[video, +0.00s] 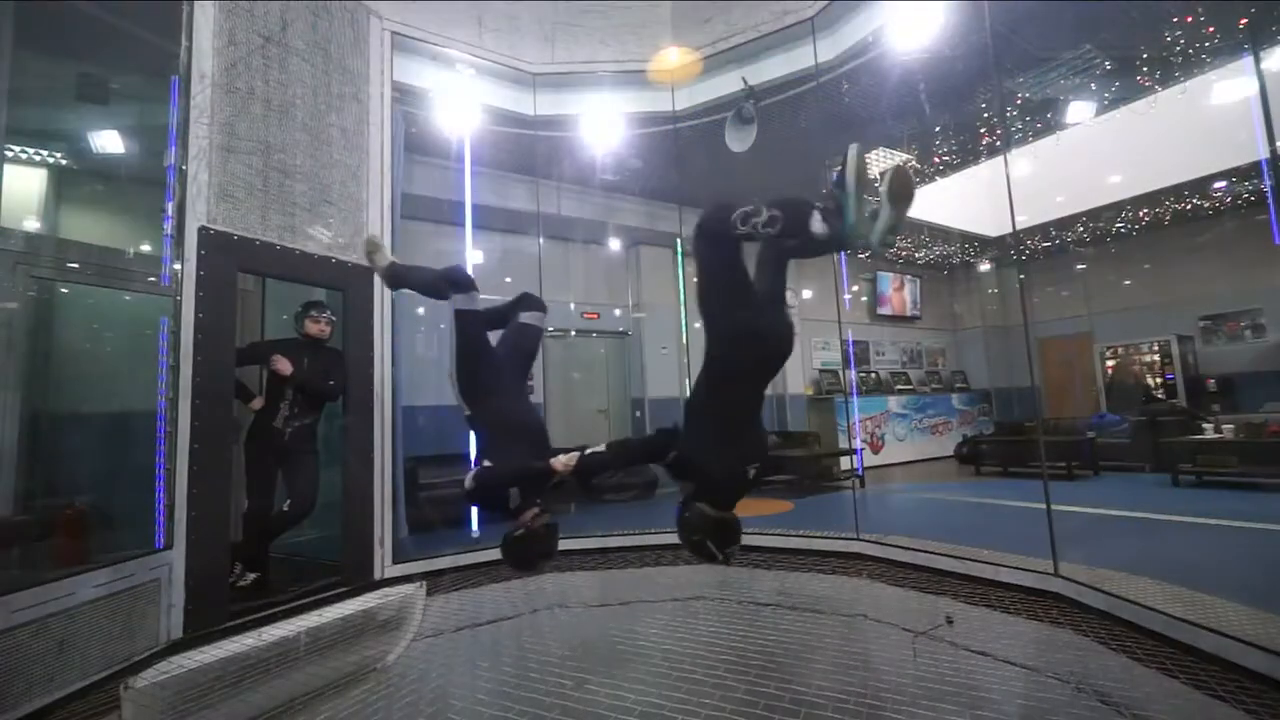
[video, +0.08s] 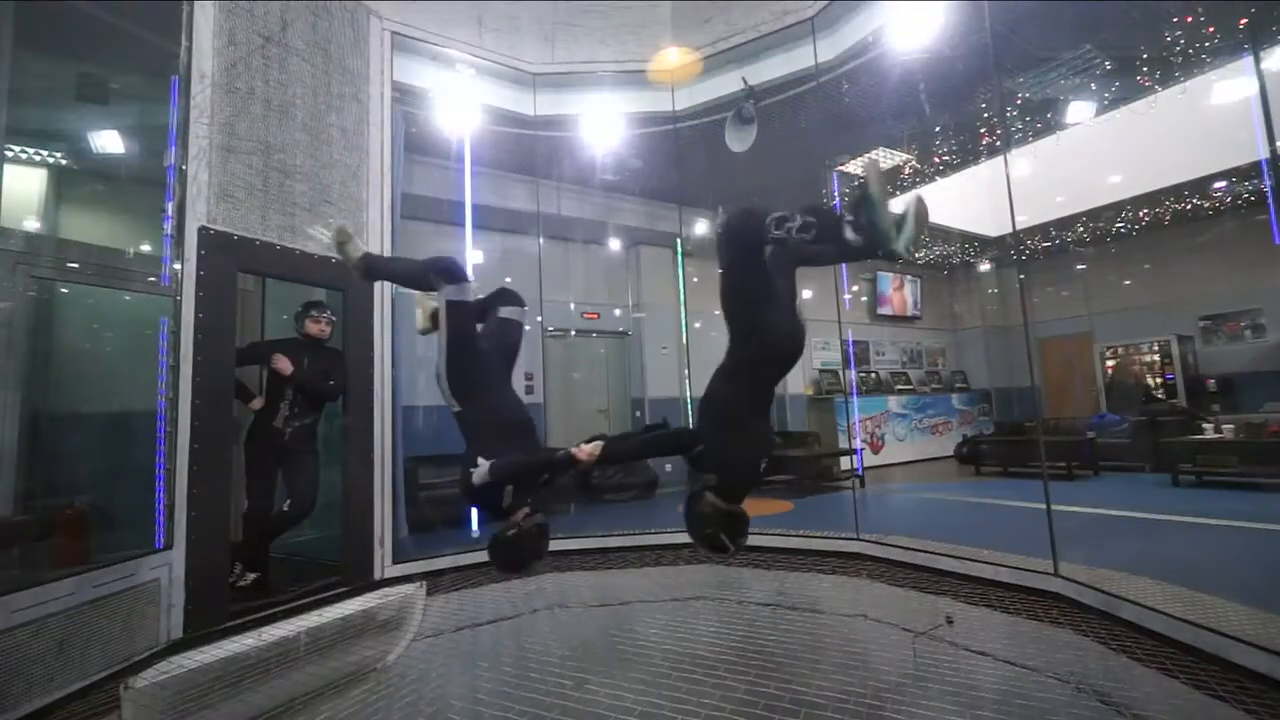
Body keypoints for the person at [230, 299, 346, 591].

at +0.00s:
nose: (322, 325)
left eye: (327, 321)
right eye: (316, 319)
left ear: (332, 326)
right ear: (301, 323)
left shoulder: (334, 357)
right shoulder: (279, 348)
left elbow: (332, 392)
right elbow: (224, 360)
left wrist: (294, 373)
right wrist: (249, 397)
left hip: (301, 441)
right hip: (264, 436)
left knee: (303, 504)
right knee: (260, 504)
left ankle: (243, 553)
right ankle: (254, 570)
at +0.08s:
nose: (323, 325)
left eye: (328, 321)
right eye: (316, 319)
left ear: (332, 326)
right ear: (302, 323)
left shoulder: (334, 357)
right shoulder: (279, 348)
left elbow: (332, 392)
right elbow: (223, 360)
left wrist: (293, 373)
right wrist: (249, 397)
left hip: (301, 441)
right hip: (264, 436)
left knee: (303, 504)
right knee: (259, 504)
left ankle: (243, 553)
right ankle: (253, 570)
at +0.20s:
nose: (323, 325)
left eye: (327, 321)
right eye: (316, 319)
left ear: (332, 326)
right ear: (301, 322)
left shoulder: (334, 357)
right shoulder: (280, 348)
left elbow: (333, 392)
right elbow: (224, 360)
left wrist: (294, 373)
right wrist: (249, 397)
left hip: (302, 441)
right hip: (264, 436)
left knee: (303, 504)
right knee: (260, 504)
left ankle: (243, 553)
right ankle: (254, 570)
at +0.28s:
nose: (322, 325)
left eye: (327, 321)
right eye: (315, 319)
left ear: (333, 327)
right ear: (301, 322)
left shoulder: (334, 357)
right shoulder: (280, 348)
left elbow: (332, 392)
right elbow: (224, 360)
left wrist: (293, 373)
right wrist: (249, 397)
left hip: (302, 441)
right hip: (264, 436)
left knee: (302, 504)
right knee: (259, 504)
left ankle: (242, 553)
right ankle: (254, 570)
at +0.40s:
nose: (322, 325)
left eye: (327, 321)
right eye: (315, 319)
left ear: (332, 327)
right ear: (301, 322)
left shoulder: (334, 357)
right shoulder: (279, 348)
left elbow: (333, 392)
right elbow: (224, 360)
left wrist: (293, 373)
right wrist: (250, 397)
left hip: (302, 441)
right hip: (264, 437)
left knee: (303, 505)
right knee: (260, 504)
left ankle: (243, 553)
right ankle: (254, 570)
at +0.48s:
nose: (322, 324)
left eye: (327, 320)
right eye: (315, 319)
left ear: (332, 327)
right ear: (300, 322)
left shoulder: (334, 357)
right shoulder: (279, 348)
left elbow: (332, 393)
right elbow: (225, 360)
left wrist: (293, 373)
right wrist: (250, 398)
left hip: (302, 441)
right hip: (264, 436)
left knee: (303, 505)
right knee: (259, 504)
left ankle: (243, 553)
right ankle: (254, 569)